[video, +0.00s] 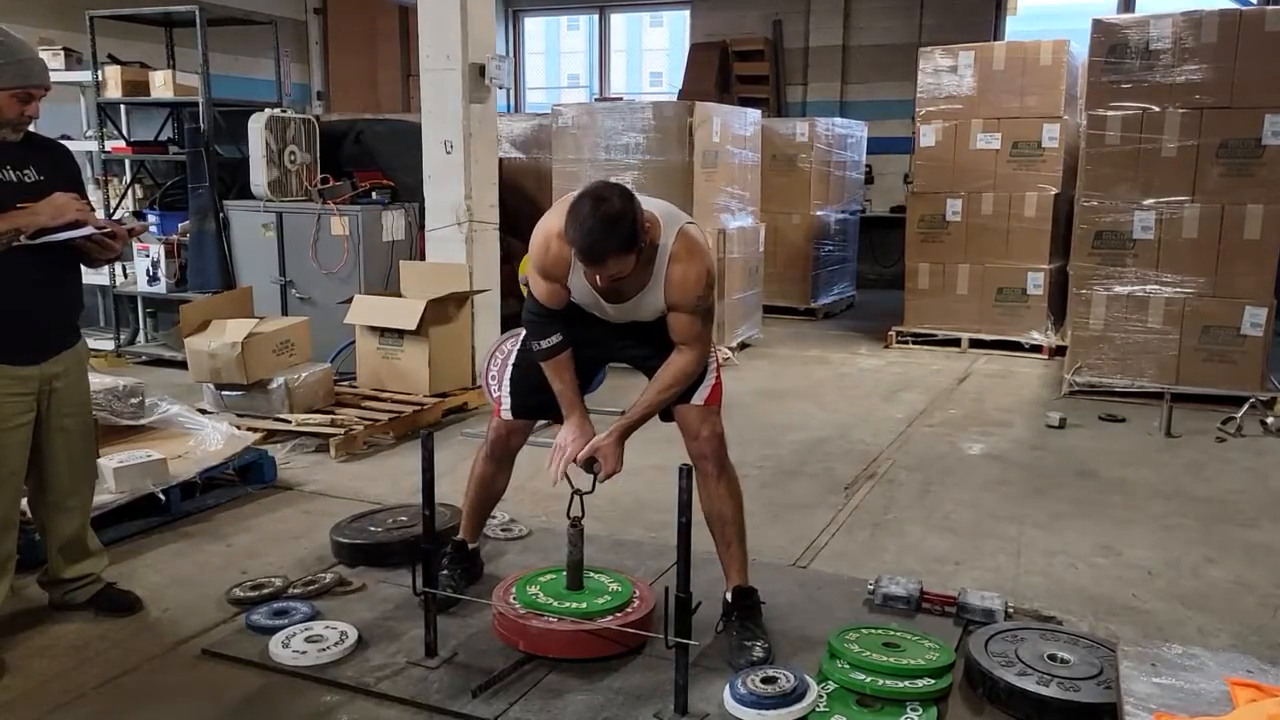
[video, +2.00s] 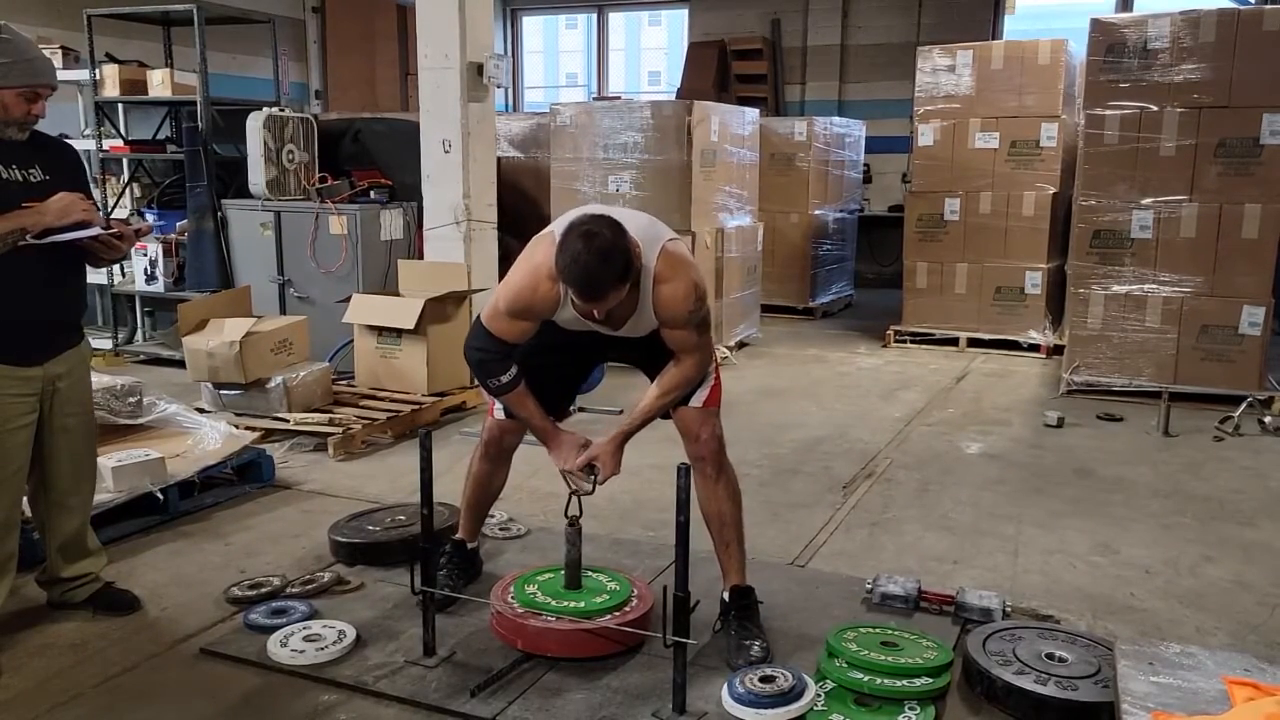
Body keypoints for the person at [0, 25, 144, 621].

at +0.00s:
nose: (33, 109)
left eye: (39, 97)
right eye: (22, 97)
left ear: (44, 92)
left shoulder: (55, 157)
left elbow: (84, 242)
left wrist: (106, 248)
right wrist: (33, 216)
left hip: (62, 345)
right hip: (4, 354)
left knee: (70, 472)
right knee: (5, 489)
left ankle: (75, 579)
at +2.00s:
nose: (39, 107)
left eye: (45, 96)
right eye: (28, 96)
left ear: (48, 92)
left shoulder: (60, 156)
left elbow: (84, 246)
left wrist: (110, 249)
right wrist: (38, 216)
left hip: (65, 346)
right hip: (7, 355)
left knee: (70, 474)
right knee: (7, 489)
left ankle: (74, 581)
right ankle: (0, 597)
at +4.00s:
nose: (52, 110)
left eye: (58, 99)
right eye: (43, 98)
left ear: (58, 96)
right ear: (5, 90)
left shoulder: (67, 161)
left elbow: (78, 253)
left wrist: (117, 249)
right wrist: (49, 228)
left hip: (64, 350)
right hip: (5, 359)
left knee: (68, 475)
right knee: (7, 490)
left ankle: (73, 580)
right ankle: (1, 597)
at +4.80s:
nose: (56, 111)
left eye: (63, 99)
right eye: (45, 98)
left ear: (65, 96)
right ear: (6, 90)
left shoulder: (71, 161)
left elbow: (89, 253)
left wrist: (121, 250)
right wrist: (53, 232)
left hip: (67, 350)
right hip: (6, 360)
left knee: (70, 476)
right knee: (6, 492)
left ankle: (73, 580)